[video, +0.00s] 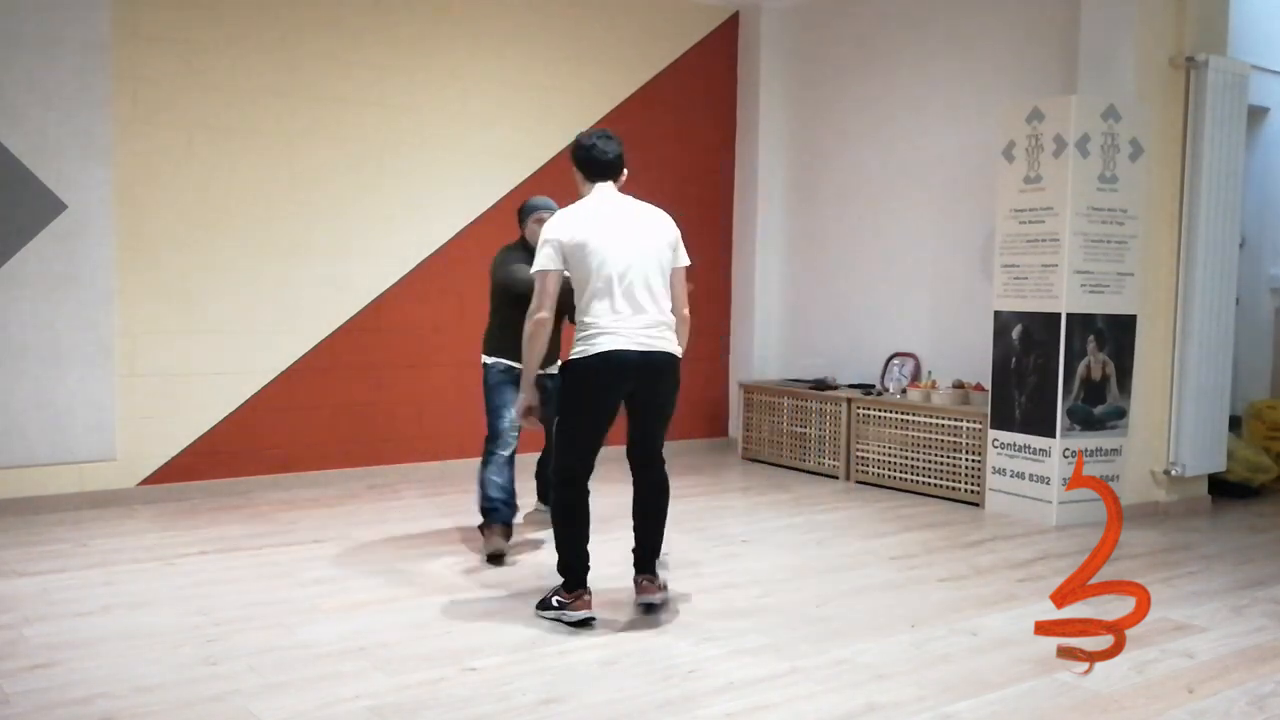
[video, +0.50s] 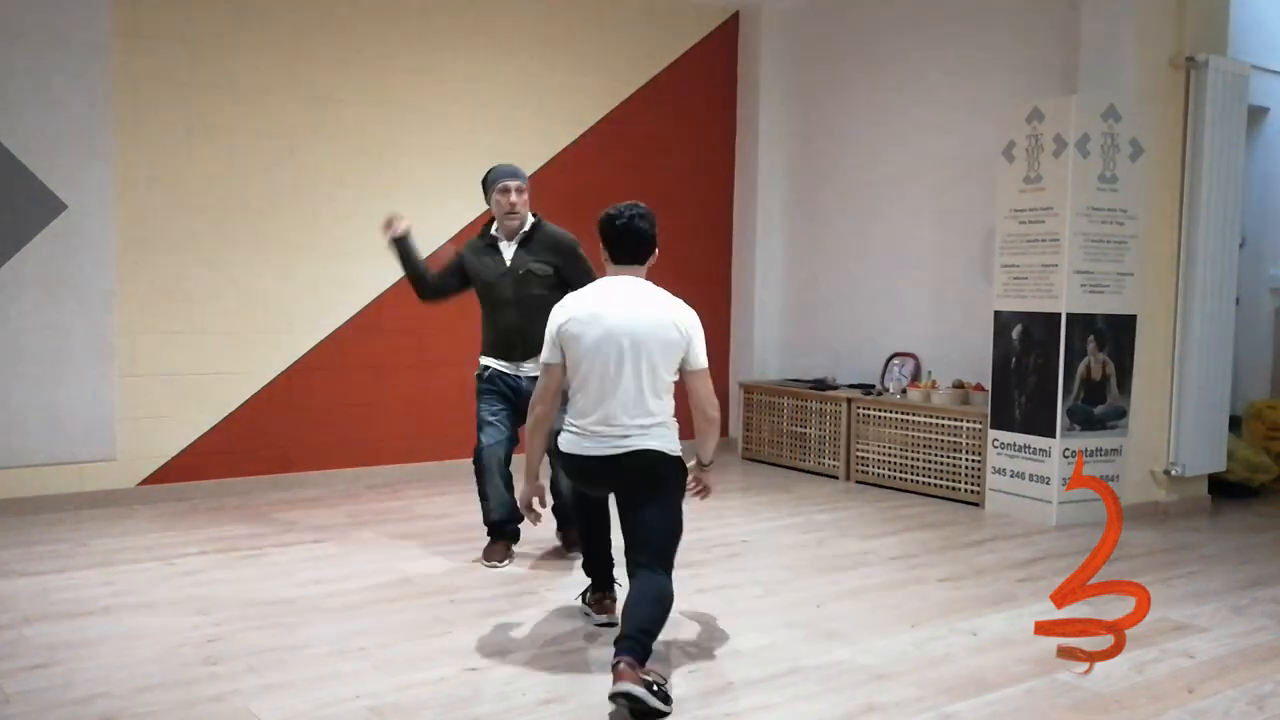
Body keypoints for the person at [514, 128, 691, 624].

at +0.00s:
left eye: (577, 172)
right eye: (622, 167)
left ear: (576, 173)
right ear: (624, 171)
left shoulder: (562, 225)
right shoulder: (663, 221)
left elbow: (543, 313)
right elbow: (681, 309)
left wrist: (528, 386)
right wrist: (670, 364)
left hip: (594, 362)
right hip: (659, 360)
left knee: (568, 472)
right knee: (649, 460)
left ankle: (575, 590)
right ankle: (647, 576)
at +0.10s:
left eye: (572, 167)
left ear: (573, 168)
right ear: (623, 166)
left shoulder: (559, 226)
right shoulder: (663, 221)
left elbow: (534, 319)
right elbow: (681, 313)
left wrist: (519, 392)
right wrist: (680, 381)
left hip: (588, 372)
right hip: (656, 371)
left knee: (562, 476)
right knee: (656, 477)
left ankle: (573, 592)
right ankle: (649, 576)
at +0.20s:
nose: (585, 173)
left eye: (581, 165)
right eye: (624, 160)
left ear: (580, 167)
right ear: (633, 165)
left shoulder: (563, 232)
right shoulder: (674, 225)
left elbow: (541, 326)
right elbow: (686, 319)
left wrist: (524, 398)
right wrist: (691, 388)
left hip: (584, 382)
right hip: (656, 381)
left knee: (564, 481)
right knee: (658, 492)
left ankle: (575, 589)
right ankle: (649, 588)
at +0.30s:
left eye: (595, 194)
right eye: (638, 191)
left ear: (591, 199)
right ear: (645, 196)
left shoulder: (568, 265)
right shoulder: (681, 261)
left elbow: (546, 355)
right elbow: (703, 352)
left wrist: (529, 426)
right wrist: (701, 410)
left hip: (585, 415)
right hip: (656, 417)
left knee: (578, 486)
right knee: (652, 535)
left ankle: (587, 590)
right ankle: (631, 648)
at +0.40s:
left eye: (604, 231)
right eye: (641, 229)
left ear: (598, 236)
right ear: (651, 235)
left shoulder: (570, 302)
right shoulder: (683, 302)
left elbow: (545, 397)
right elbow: (710, 392)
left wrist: (528, 464)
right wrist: (709, 441)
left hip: (587, 456)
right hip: (658, 458)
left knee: (590, 493)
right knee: (653, 566)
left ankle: (605, 593)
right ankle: (630, 672)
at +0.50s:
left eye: (604, 245)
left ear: (601, 251)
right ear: (653, 252)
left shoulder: (568, 309)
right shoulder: (680, 314)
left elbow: (543, 405)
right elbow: (706, 411)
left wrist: (531, 478)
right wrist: (703, 463)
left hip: (581, 458)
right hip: (652, 461)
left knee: (582, 484)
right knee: (650, 568)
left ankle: (603, 592)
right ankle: (630, 667)